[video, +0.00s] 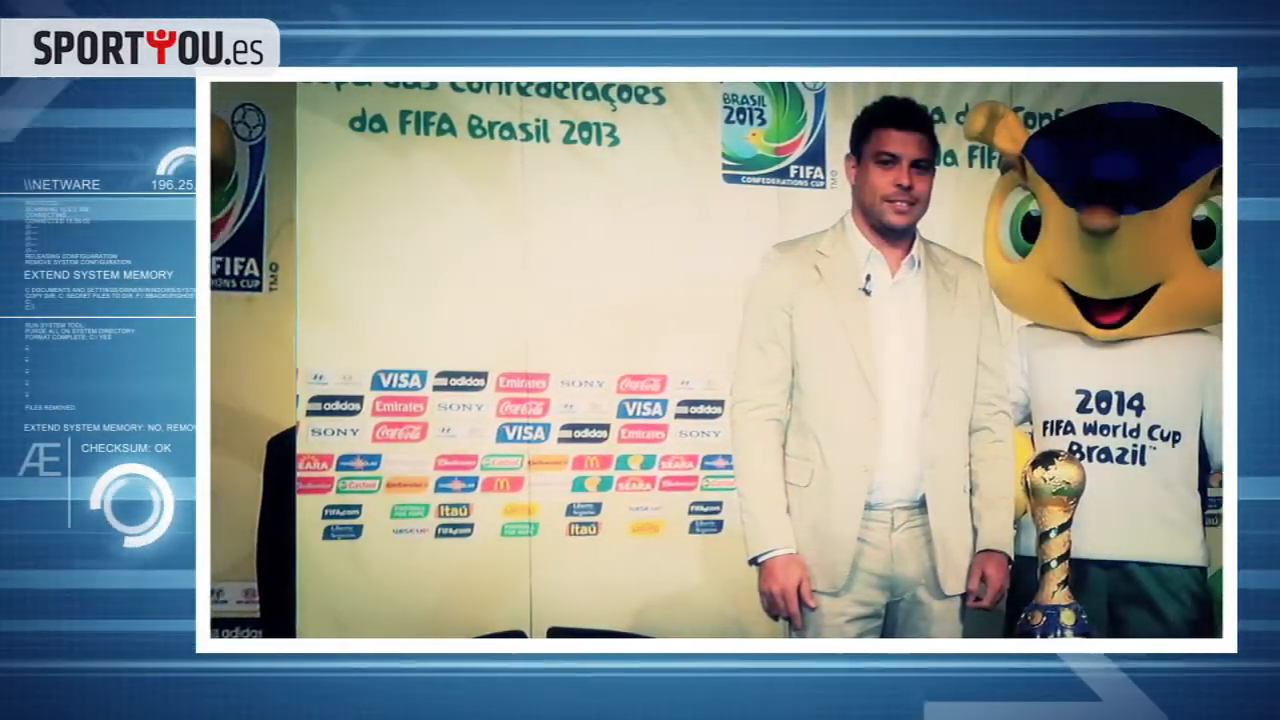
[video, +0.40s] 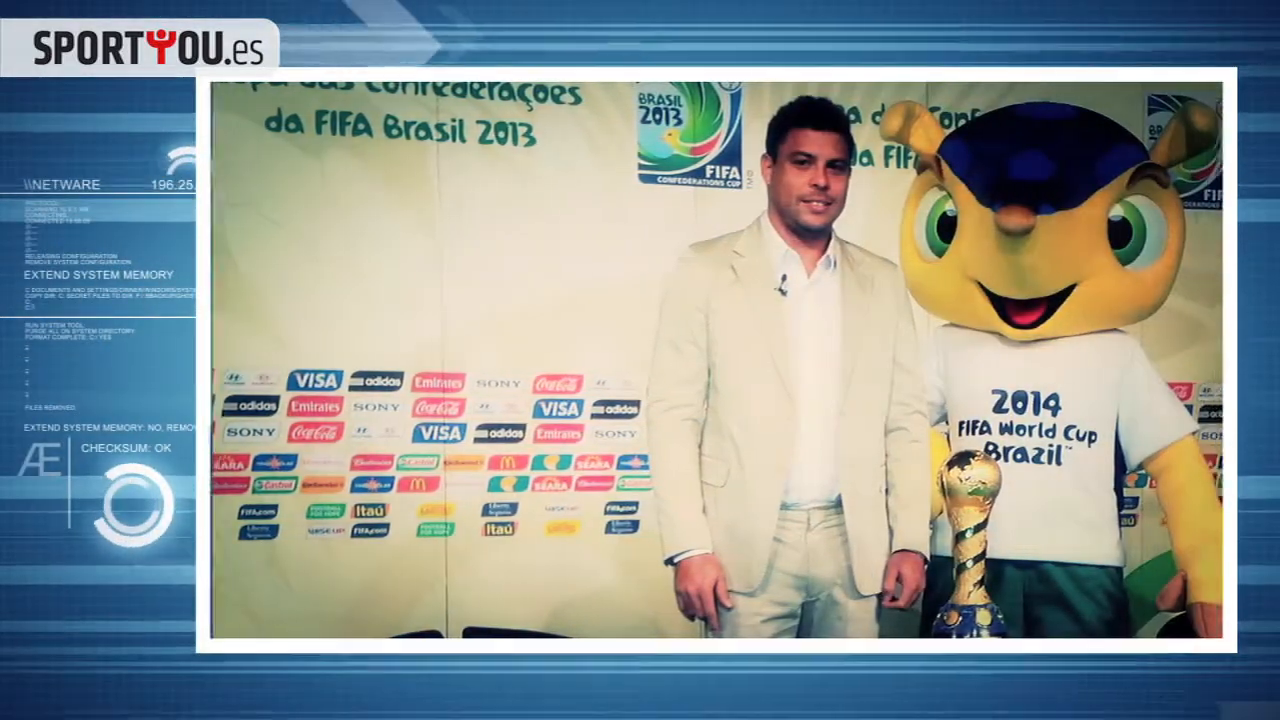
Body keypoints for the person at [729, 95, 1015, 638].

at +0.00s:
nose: (905, 180)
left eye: (921, 166)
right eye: (887, 162)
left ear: (934, 178)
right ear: (852, 169)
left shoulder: (967, 283)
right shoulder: (789, 270)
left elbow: (991, 423)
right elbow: (756, 414)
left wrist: (994, 543)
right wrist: (773, 549)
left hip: (940, 543)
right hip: (832, 545)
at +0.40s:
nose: (821, 180)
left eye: (837, 166)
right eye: (803, 162)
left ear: (850, 178)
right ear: (768, 169)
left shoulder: (883, 282)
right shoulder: (705, 271)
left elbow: (907, 422)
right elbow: (672, 415)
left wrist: (910, 543)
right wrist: (689, 549)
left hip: (857, 543)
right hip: (748, 544)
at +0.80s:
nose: (738, 180)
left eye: (754, 166)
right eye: (719, 162)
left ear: (767, 177)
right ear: (684, 169)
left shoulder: (800, 283)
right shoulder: (621, 271)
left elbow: (823, 423)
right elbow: (589, 415)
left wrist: (826, 543)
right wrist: (606, 549)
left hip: (773, 542)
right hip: (665, 544)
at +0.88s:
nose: (721, 180)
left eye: (737, 166)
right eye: (703, 162)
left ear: (750, 178)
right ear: (667, 170)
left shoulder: (784, 283)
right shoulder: (603, 271)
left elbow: (806, 423)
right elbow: (572, 416)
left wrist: (809, 543)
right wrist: (589, 549)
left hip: (756, 542)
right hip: (648, 544)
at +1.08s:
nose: (679, 180)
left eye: (695, 166)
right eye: (661, 162)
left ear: (708, 177)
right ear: (626, 169)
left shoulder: (742, 283)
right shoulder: (564, 270)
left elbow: (765, 423)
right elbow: (530, 415)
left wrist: (767, 543)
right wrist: (548, 549)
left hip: (714, 542)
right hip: (606, 544)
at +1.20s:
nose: (655, 180)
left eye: (671, 166)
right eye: (636, 162)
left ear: (684, 178)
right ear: (601, 170)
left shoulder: (717, 282)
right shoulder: (539, 270)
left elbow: (740, 423)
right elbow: (505, 415)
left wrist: (742, 543)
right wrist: (523, 549)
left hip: (689, 542)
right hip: (581, 544)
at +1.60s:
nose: (571, 180)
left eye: (587, 166)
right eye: (552, 162)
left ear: (600, 178)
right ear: (517, 170)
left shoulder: (633, 282)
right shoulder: (455, 270)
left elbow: (656, 423)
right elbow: (421, 414)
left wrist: (659, 543)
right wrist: (439, 548)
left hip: (606, 542)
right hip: (498, 544)